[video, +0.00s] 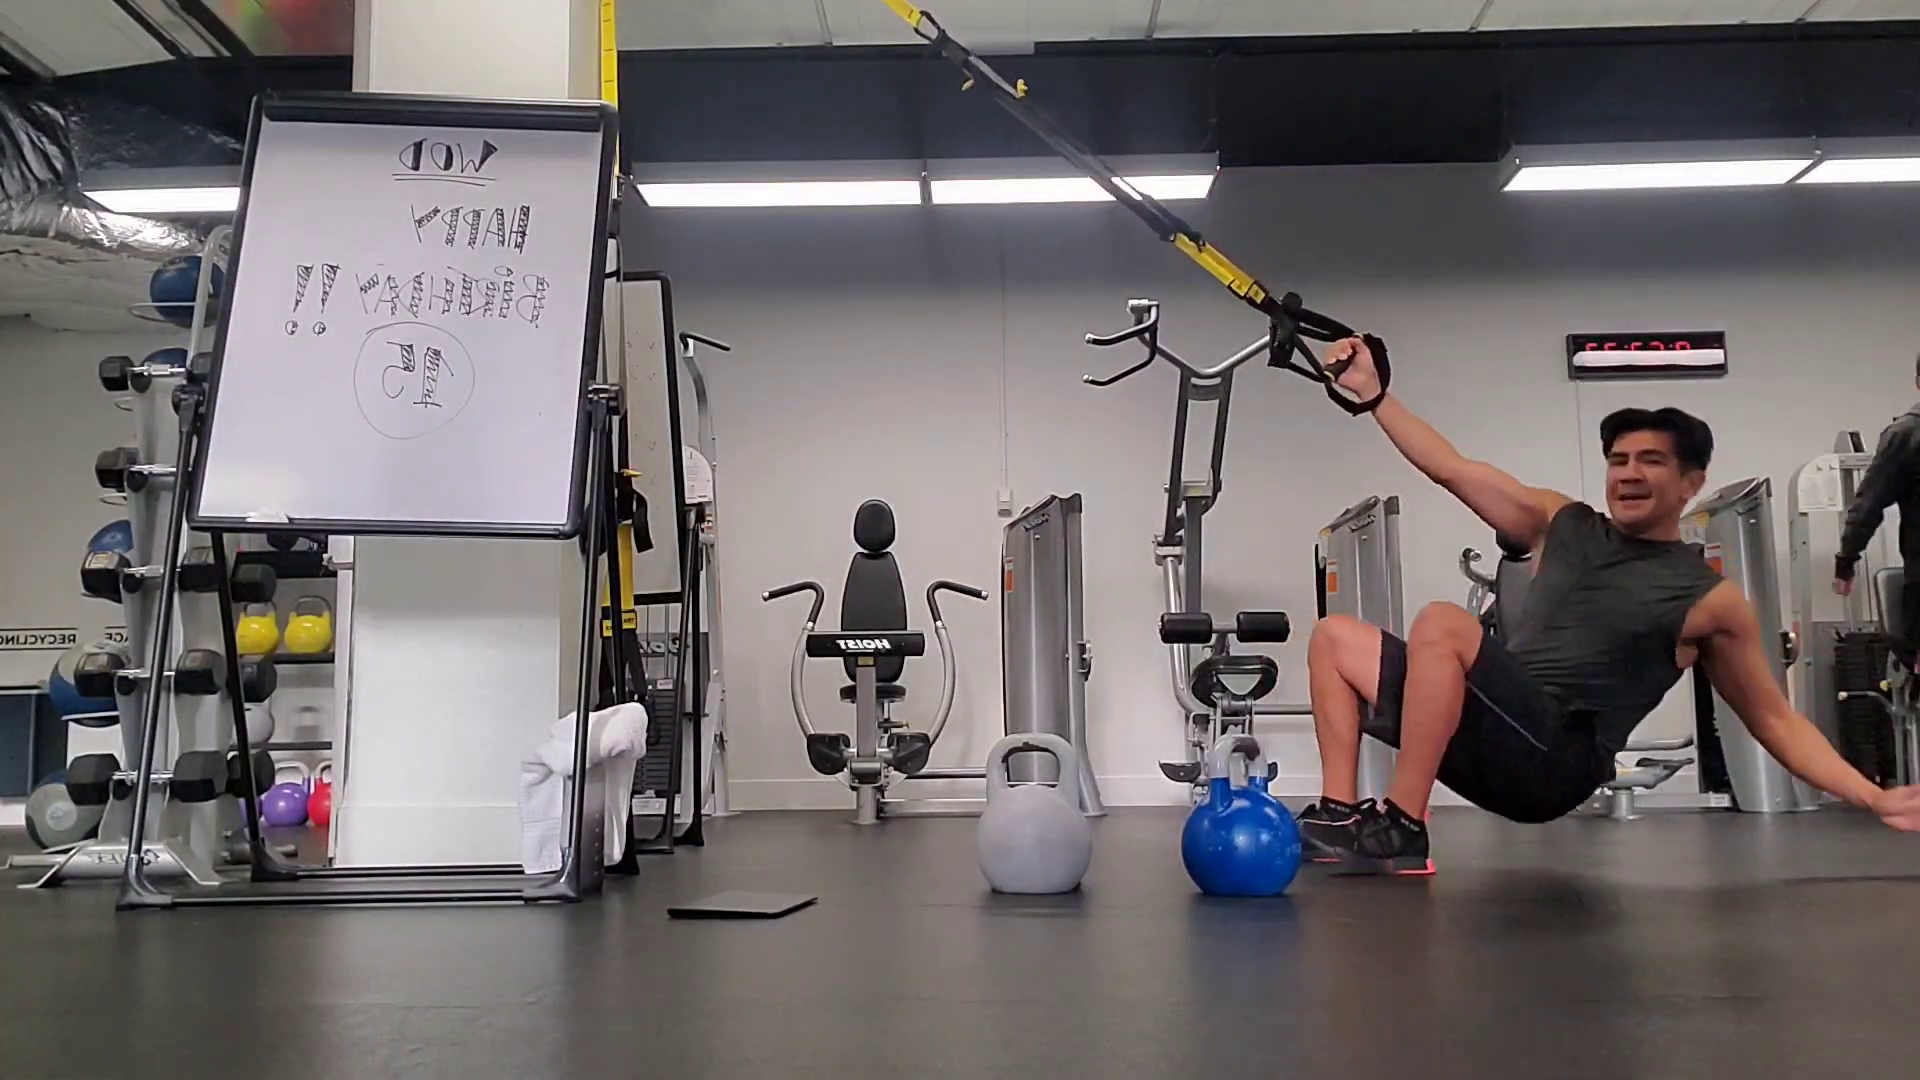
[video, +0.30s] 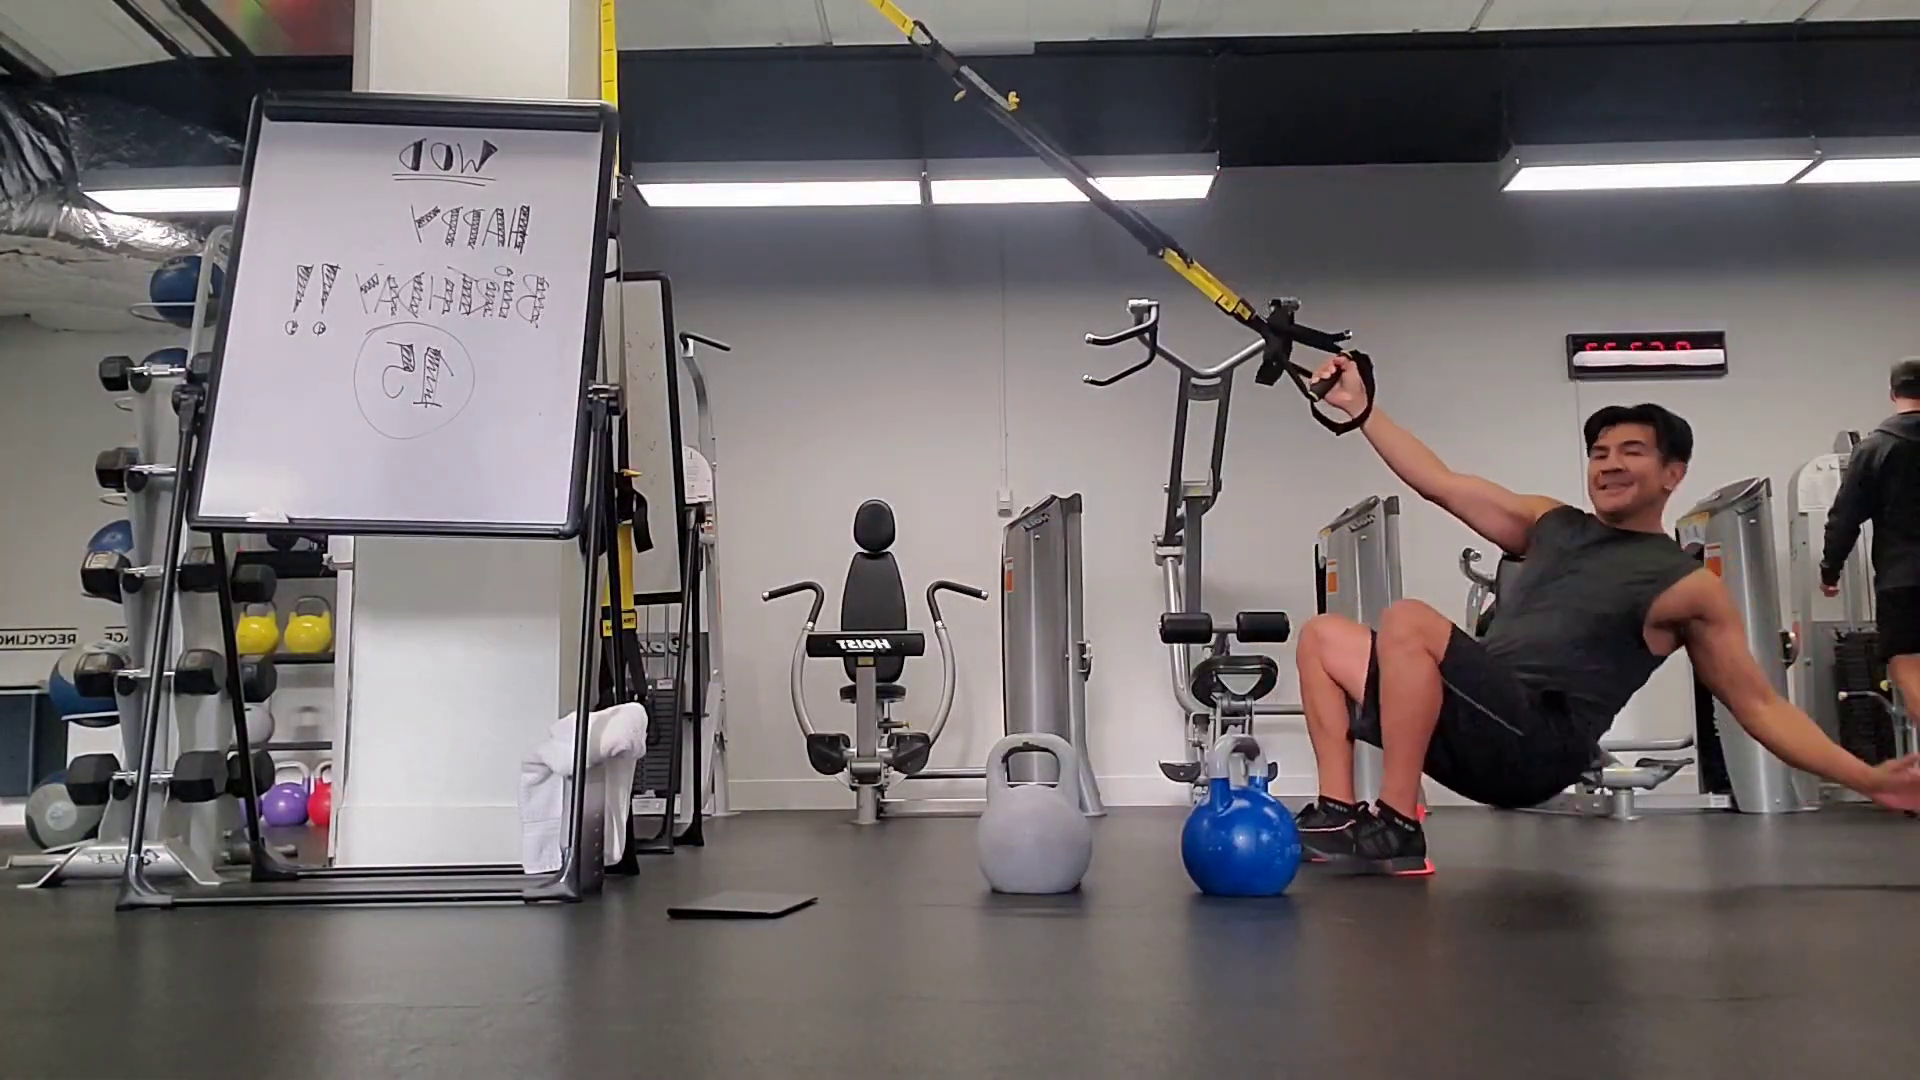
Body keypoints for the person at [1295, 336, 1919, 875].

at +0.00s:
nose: (1629, 473)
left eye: (1650, 462)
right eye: (1618, 461)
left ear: (1692, 482)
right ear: (1603, 471)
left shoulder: (1711, 597)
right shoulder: (1558, 522)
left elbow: (1776, 721)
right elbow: (1450, 468)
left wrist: (1877, 800)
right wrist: (1375, 399)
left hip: (1563, 758)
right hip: (1482, 731)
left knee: (1444, 625)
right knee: (1334, 636)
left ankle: (1403, 823)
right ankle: (1341, 812)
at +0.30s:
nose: (1610, 465)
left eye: (1631, 454)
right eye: (1600, 454)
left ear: (1673, 473)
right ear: (1588, 469)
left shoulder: (1688, 585)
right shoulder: (1546, 524)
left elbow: (1762, 706)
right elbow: (1439, 482)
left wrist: (1870, 780)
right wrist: (1362, 413)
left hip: (1544, 741)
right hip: (1471, 714)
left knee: (1409, 620)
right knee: (1321, 638)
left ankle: (1398, 827)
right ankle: (1338, 813)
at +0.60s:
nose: (1506, 300)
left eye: (1522, 284)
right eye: (1511, 287)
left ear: (1574, 297)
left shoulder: (1582, 371)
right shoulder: (1519, 386)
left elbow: (1526, 423)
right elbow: (1428, 454)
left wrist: (1428, 399)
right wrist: (1378, 381)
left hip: (1499, 571)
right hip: (1453, 564)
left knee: (1328, 629)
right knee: (1281, 636)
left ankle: (1389, 824)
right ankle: (1334, 809)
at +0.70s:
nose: (1470, 243)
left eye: (1486, 228)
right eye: (1475, 231)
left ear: (1534, 238)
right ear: (1529, 242)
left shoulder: (1541, 305)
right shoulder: (1498, 326)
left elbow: (1439, 312)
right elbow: (1439, 439)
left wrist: (1323, 271)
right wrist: (1386, 380)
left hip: (1479, 508)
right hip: (1436, 509)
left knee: (1330, 622)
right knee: (1289, 630)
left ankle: (1388, 824)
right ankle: (1337, 812)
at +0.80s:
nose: (1436, 195)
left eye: (1451, 181)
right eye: (1441, 183)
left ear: (1495, 192)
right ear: (1490, 196)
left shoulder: (1491, 247)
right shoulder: (1474, 271)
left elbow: (1365, 237)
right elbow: (1440, 407)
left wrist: (1252, 186)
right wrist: (1389, 363)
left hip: (1458, 460)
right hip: (1421, 463)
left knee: (1344, 617)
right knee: (1301, 612)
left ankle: (1389, 824)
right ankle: (1332, 804)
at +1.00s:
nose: (1380, 164)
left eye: (1393, 153)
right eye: (1387, 153)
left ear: (1432, 164)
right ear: (1442, 171)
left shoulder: (1398, 206)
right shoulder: (1468, 265)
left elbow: (1269, 172)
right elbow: (1466, 384)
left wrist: (1158, 128)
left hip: (1399, 433)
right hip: (1421, 440)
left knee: (1360, 615)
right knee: (1321, 617)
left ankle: (1387, 822)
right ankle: (1315, 803)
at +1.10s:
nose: (1357, 170)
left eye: (1369, 159)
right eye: (1364, 159)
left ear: (1406, 169)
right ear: (1418, 177)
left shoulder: (1365, 211)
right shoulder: (1448, 271)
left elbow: (1239, 175)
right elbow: (1454, 396)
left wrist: (1132, 132)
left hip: (1375, 437)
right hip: (1405, 441)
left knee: (1354, 618)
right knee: (1320, 626)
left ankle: (1388, 821)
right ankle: (1319, 808)